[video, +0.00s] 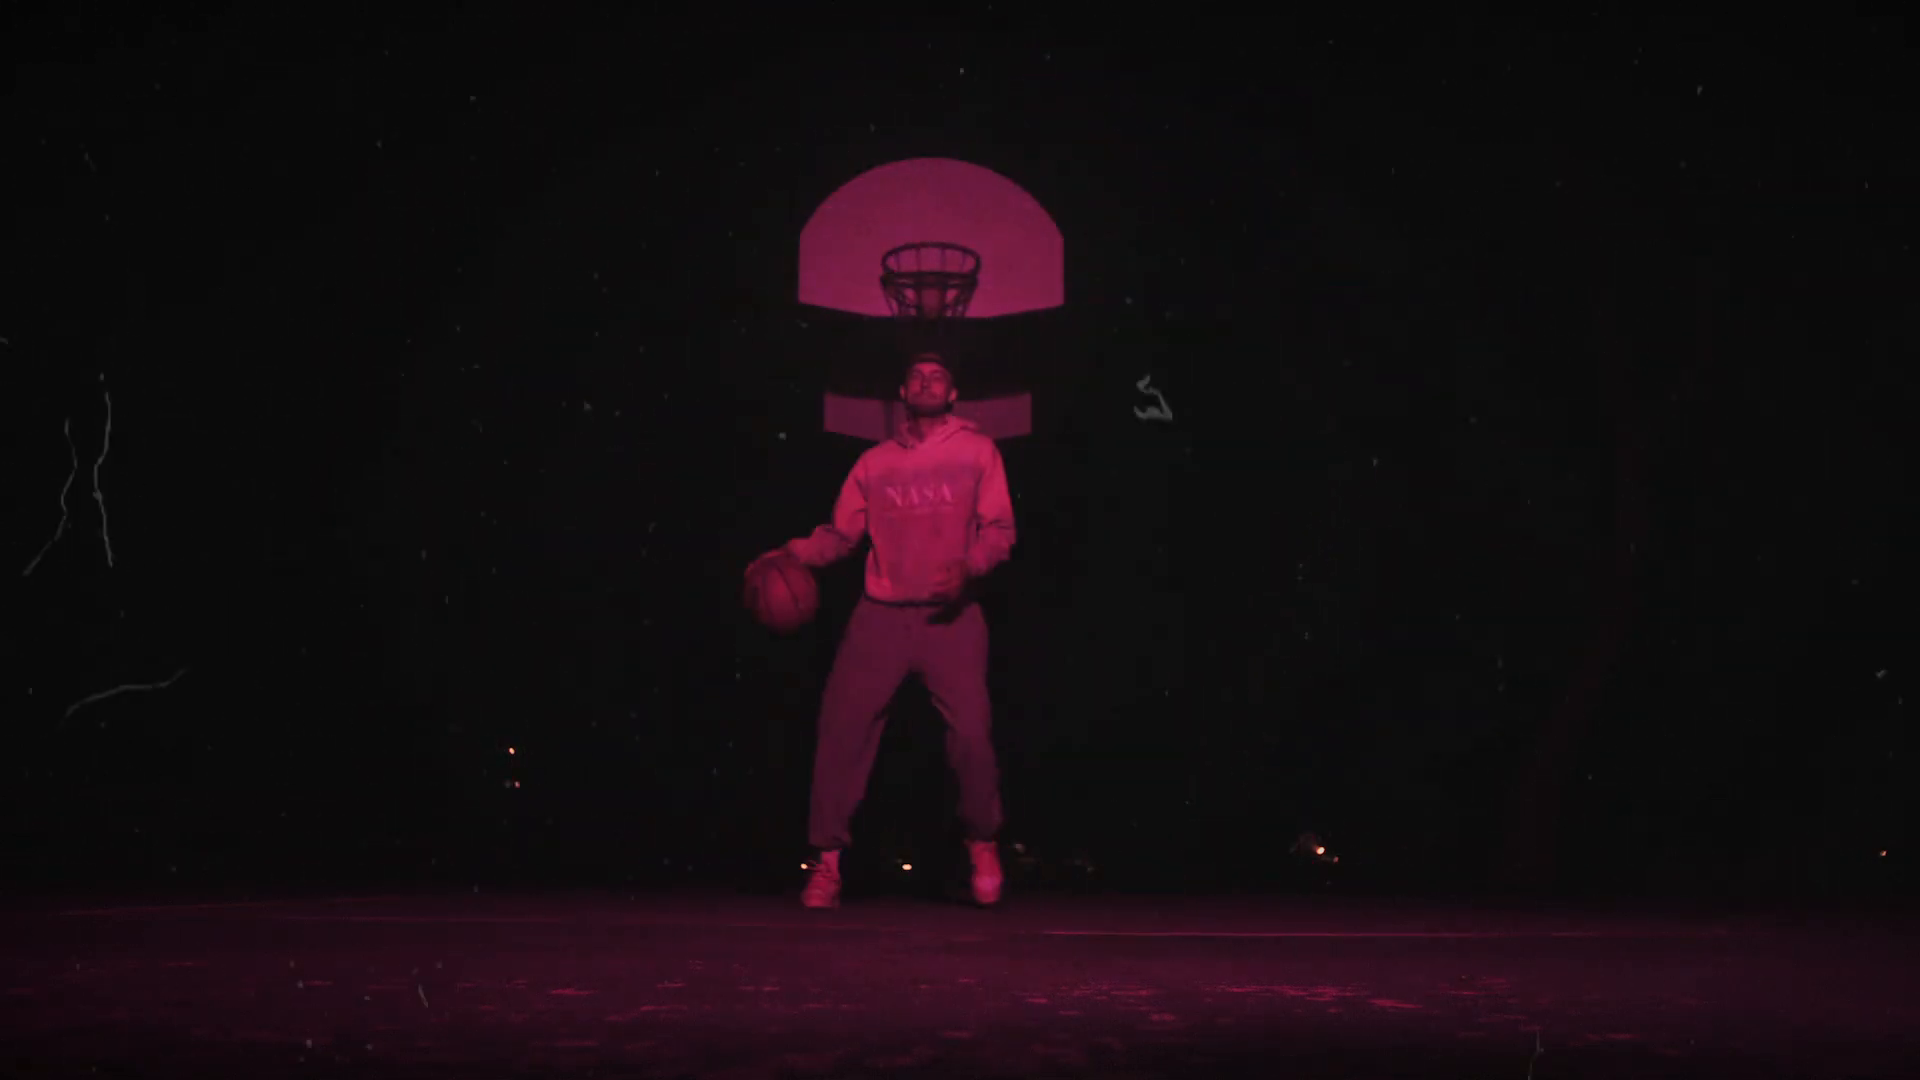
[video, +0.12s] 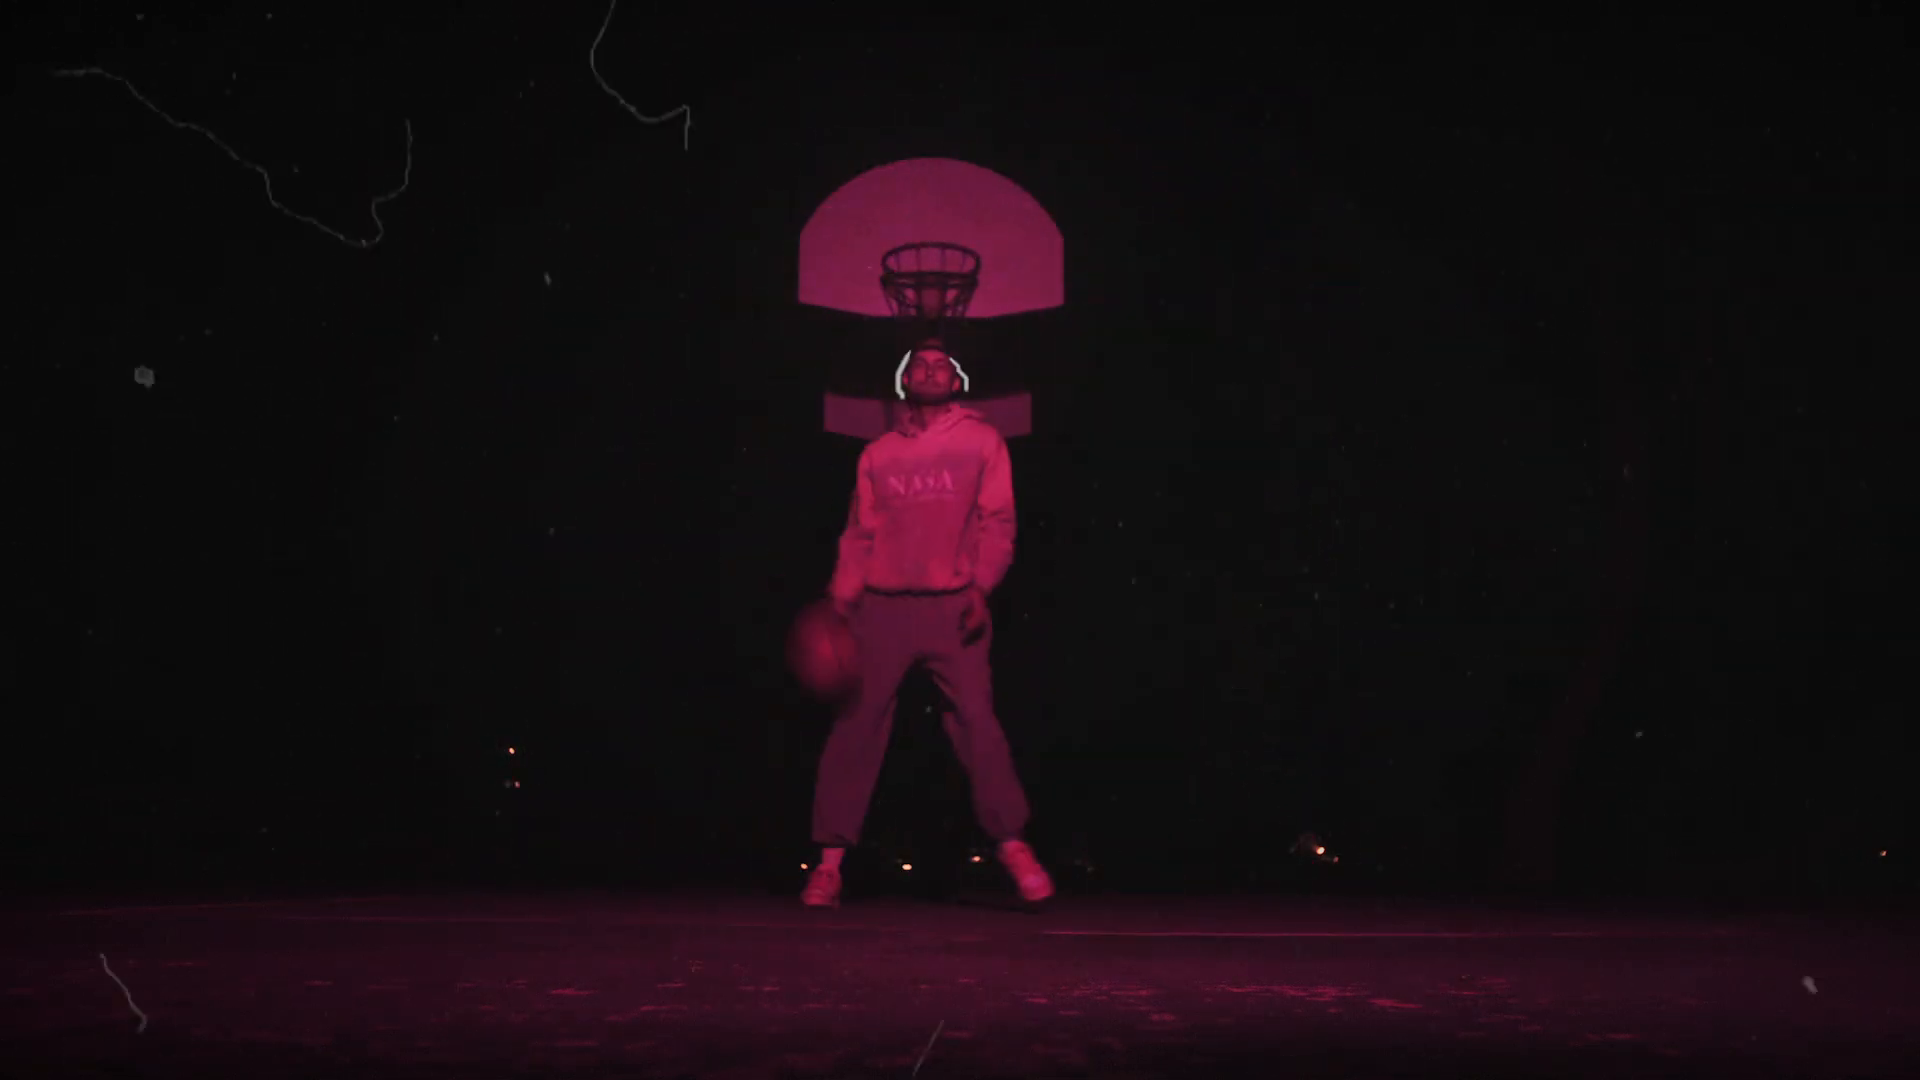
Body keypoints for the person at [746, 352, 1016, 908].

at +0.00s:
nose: (928, 386)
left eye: (938, 379)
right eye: (918, 378)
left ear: (953, 393)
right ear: (902, 393)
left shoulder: (977, 451)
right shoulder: (876, 461)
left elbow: (999, 531)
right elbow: (841, 535)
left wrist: (966, 572)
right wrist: (787, 557)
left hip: (951, 620)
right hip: (880, 617)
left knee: (971, 732)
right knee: (842, 726)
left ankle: (982, 845)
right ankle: (827, 858)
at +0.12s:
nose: (931, 375)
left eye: (940, 368)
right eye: (921, 367)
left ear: (956, 381)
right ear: (904, 381)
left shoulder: (982, 441)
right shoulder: (878, 453)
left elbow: (998, 524)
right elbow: (858, 536)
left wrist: (980, 587)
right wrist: (840, 605)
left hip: (952, 607)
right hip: (879, 608)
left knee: (977, 725)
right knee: (858, 725)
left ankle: (1012, 845)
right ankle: (830, 857)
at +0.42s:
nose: (993, 362)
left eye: (1003, 354)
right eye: (981, 354)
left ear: (1019, 368)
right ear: (963, 368)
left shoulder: (1043, 442)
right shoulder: (931, 439)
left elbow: (1054, 538)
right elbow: (916, 532)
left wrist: (1061, 616)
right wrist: (924, 610)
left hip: (1008, 606)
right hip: (933, 600)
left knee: (1015, 734)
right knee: (893, 726)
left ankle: (1042, 870)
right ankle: (860, 856)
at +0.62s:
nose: (1024, 320)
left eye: (1034, 313)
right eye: (1012, 312)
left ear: (1047, 329)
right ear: (992, 328)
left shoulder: (1071, 402)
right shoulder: (964, 398)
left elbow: (1095, 488)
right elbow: (944, 494)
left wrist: (1134, 553)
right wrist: (959, 573)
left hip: (1041, 573)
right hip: (969, 570)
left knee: (1061, 712)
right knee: (968, 715)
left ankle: (1079, 860)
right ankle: (957, 866)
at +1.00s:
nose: (1072, 365)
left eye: (1082, 356)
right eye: (1059, 356)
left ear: (1097, 370)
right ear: (1038, 370)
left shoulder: (1116, 445)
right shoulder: (1007, 446)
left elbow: (1126, 547)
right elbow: (975, 548)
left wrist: (1131, 637)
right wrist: (964, 630)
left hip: (1073, 596)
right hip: (1006, 586)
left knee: (1097, 718)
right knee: (1019, 670)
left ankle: (1112, 874)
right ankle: (964, 833)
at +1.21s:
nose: (1021, 404)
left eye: (1032, 391)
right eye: (1008, 395)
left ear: (1054, 397)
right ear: (993, 406)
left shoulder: (1090, 461)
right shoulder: (976, 483)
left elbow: (1081, 570)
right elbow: (958, 590)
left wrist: (1060, 669)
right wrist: (931, 684)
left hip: (1078, 610)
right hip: (1007, 611)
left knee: (1116, 738)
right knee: (1015, 714)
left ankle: (1114, 880)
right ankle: (961, 876)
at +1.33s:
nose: (974, 405)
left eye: (988, 392)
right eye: (964, 394)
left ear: (1017, 395)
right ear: (954, 402)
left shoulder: (1060, 451)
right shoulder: (945, 482)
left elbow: (1068, 567)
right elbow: (924, 578)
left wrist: (1055, 674)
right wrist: (881, 651)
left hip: (1072, 589)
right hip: (995, 593)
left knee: (1109, 730)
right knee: (1001, 706)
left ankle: (1116, 864)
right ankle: (958, 871)